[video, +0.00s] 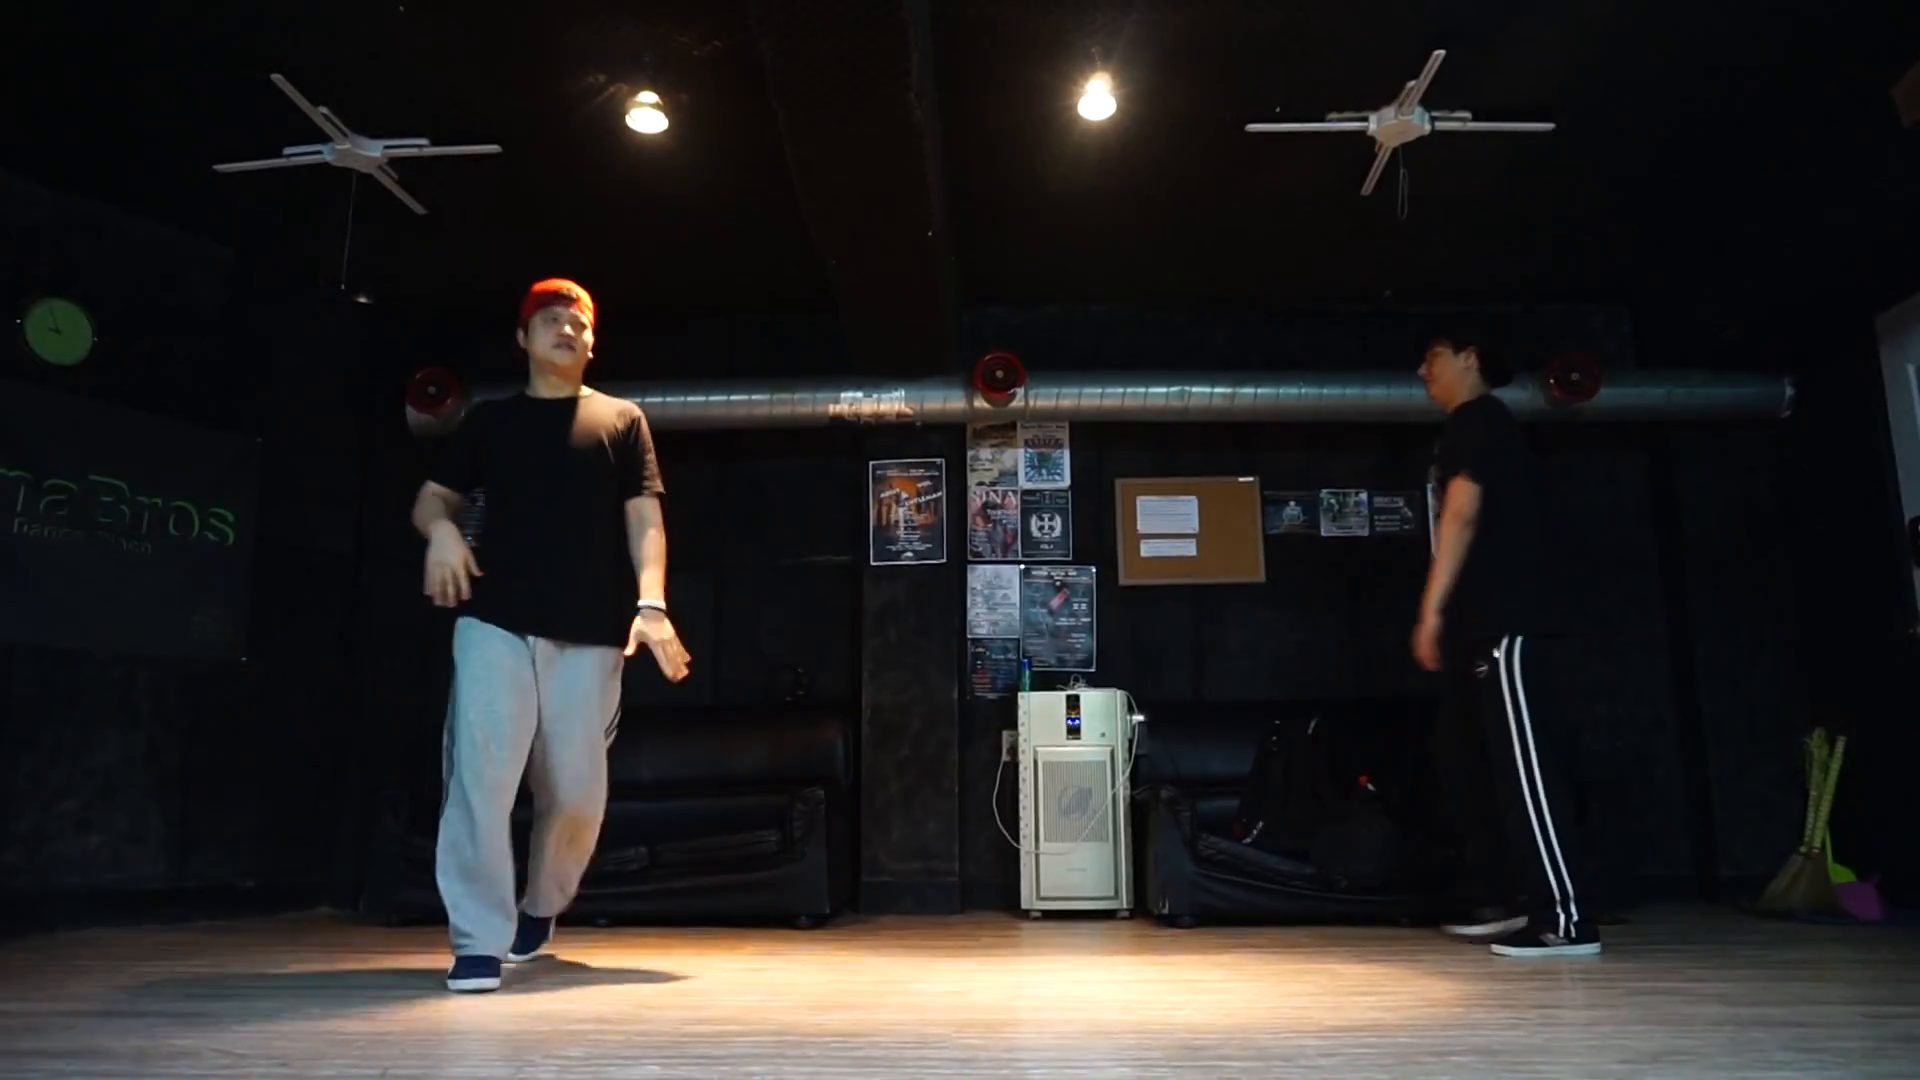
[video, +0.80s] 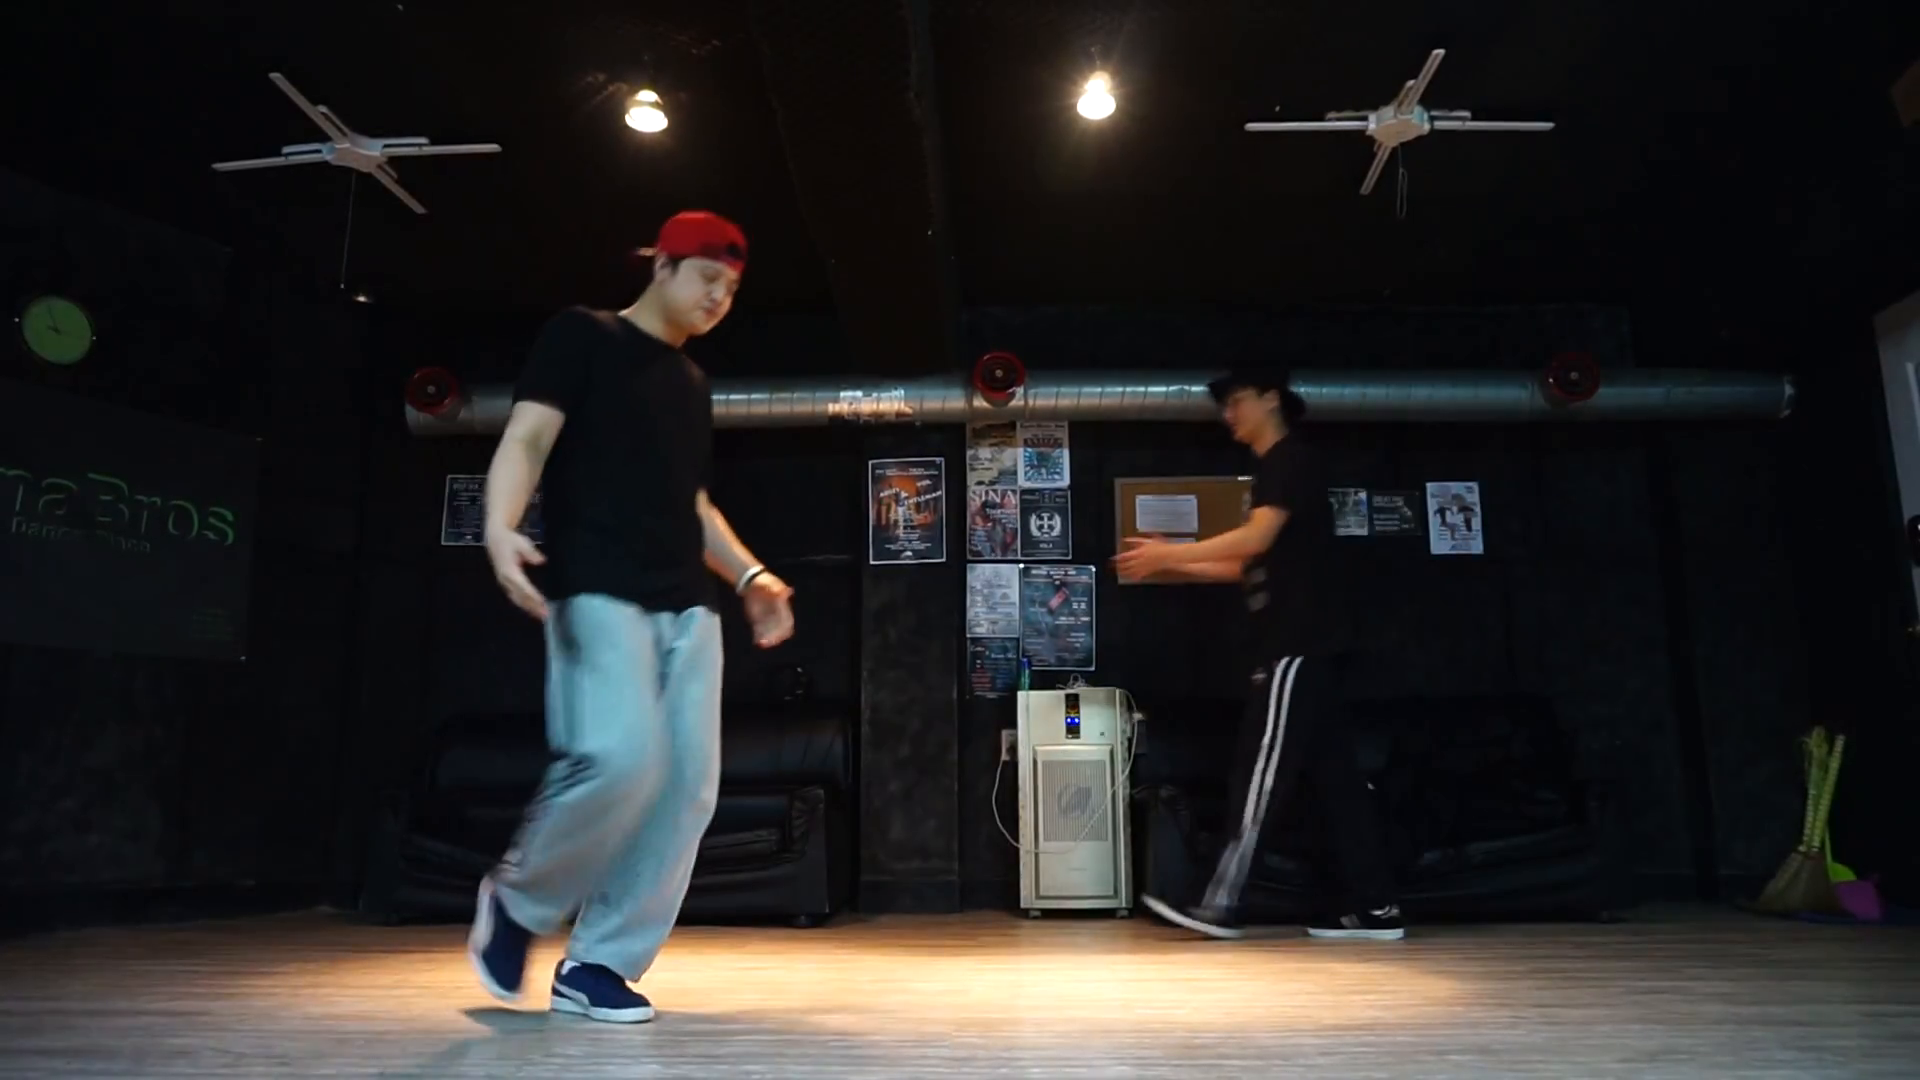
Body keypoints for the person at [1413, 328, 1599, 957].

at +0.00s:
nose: (1425, 372)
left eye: (1435, 359)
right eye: (1425, 361)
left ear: (1469, 361)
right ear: (1464, 363)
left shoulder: (1478, 422)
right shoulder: (1472, 424)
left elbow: (1460, 514)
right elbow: (1473, 525)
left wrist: (1432, 610)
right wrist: (1459, 613)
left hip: (1506, 620)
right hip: (1489, 622)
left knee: (1525, 773)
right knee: (1494, 771)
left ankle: (1565, 921)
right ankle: (1519, 904)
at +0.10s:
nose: (1405, 378)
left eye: (1416, 365)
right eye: (1407, 366)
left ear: (1449, 369)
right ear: (1448, 371)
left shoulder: (1454, 428)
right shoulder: (1468, 431)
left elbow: (1432, 518)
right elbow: (1456, 530)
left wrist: (1393, 607)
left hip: (1490, 623)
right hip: (1473, 623)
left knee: (1519, 772)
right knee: (1453, 766)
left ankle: (1568, 922)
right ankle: (1440, 904)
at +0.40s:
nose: (1316, 415)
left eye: (1323, 402)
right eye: (1315, 405)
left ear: (1356, 398)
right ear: (1354, 401)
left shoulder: (1375, 449)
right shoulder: (1375, 453)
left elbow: (1371, 533)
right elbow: (1381, 544)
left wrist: (1345, 621)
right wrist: (1363, 625)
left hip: (1403, 628)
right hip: (1390, 631)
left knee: (1428, 757)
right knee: (1379, 765)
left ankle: (1542, 904)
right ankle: (1377, 910)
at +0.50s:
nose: (1296, 406)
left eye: (1303, 393)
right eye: (1296, 395)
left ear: (1337, 392)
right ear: (1336, 393)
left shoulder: (1352, 446)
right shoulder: (1345, 450)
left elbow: (1350, 520)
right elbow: (1353, 531)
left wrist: (1316, 601)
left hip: (1375, 622)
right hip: (1363, 623)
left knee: (1376, 755)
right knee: (1358, 761)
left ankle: (1491, 879)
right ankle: (1374, 907)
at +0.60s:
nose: (1279, 404)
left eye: (1287, 391)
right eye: (1279, 393)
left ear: (1321, 392)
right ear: (1315, 395)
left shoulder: (1333, 448)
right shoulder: (1323, 455)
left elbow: (1327, 517)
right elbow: (1327, 541)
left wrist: (1262, 579)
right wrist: (1284, 590)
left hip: (1345, 626)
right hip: (1332, 625)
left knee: (1321, 755)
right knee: (1316, 759)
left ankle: (1411, 883)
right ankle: (1370, 901)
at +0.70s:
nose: (1256, 407)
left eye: (1265, 394)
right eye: (1256, 397)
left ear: (1300, 394)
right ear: (1291, 397)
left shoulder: (1312, 453)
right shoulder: (1301, 464)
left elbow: (1295, 522)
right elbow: (1284, 563)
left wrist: (1202, 563)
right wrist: (1204, 568)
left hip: (1317, 635)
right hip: (1322, 633)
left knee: (1285, 762)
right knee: (1340, 767)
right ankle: (1375, 906)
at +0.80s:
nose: (1229, 416)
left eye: (1237, 402)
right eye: (1227, 406)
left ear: (1273, 399)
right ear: (1258, 405)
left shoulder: (1290, 462)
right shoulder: (1277, 469)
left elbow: (1255, 538)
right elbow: (1246, 564)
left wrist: (1171, 553)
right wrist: (1167, 563)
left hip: (1297, 643)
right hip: (1296, 641)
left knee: (1261, 771)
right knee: (1334, 773)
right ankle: (1374, 907)